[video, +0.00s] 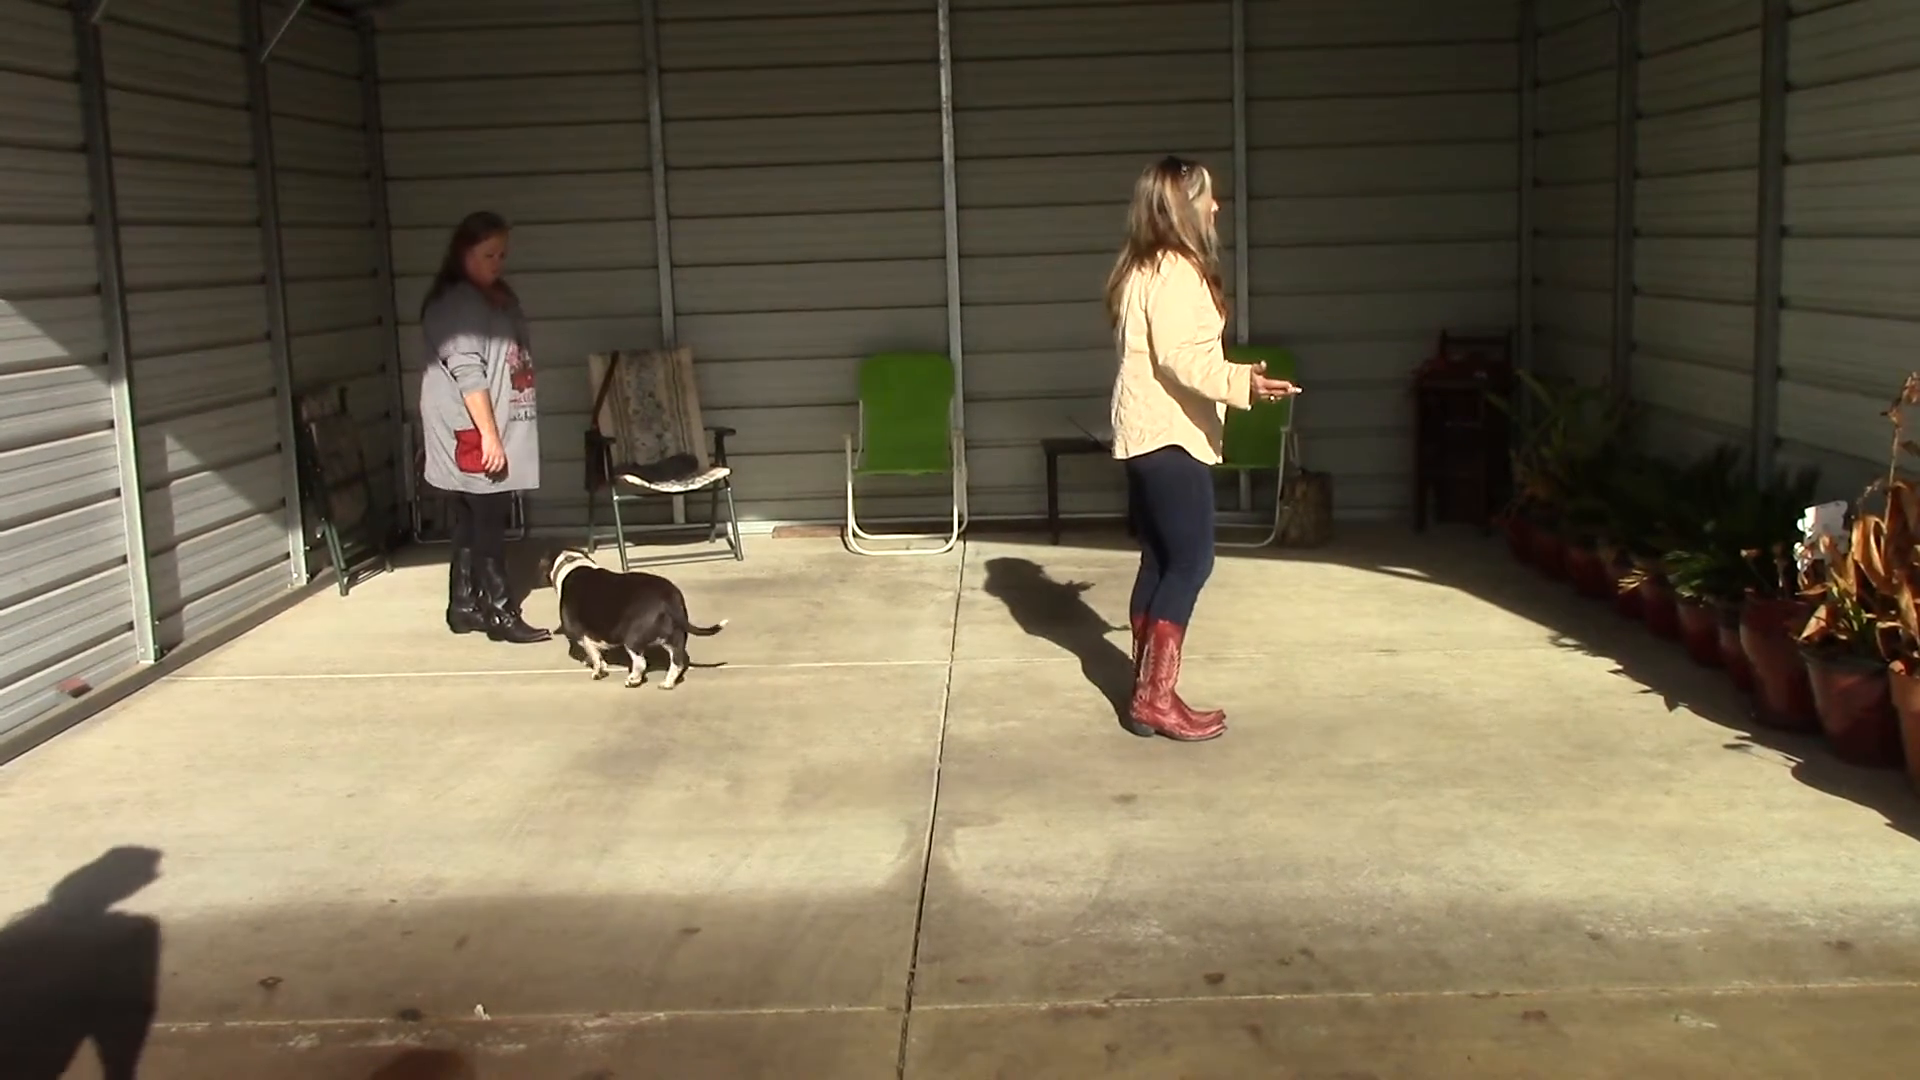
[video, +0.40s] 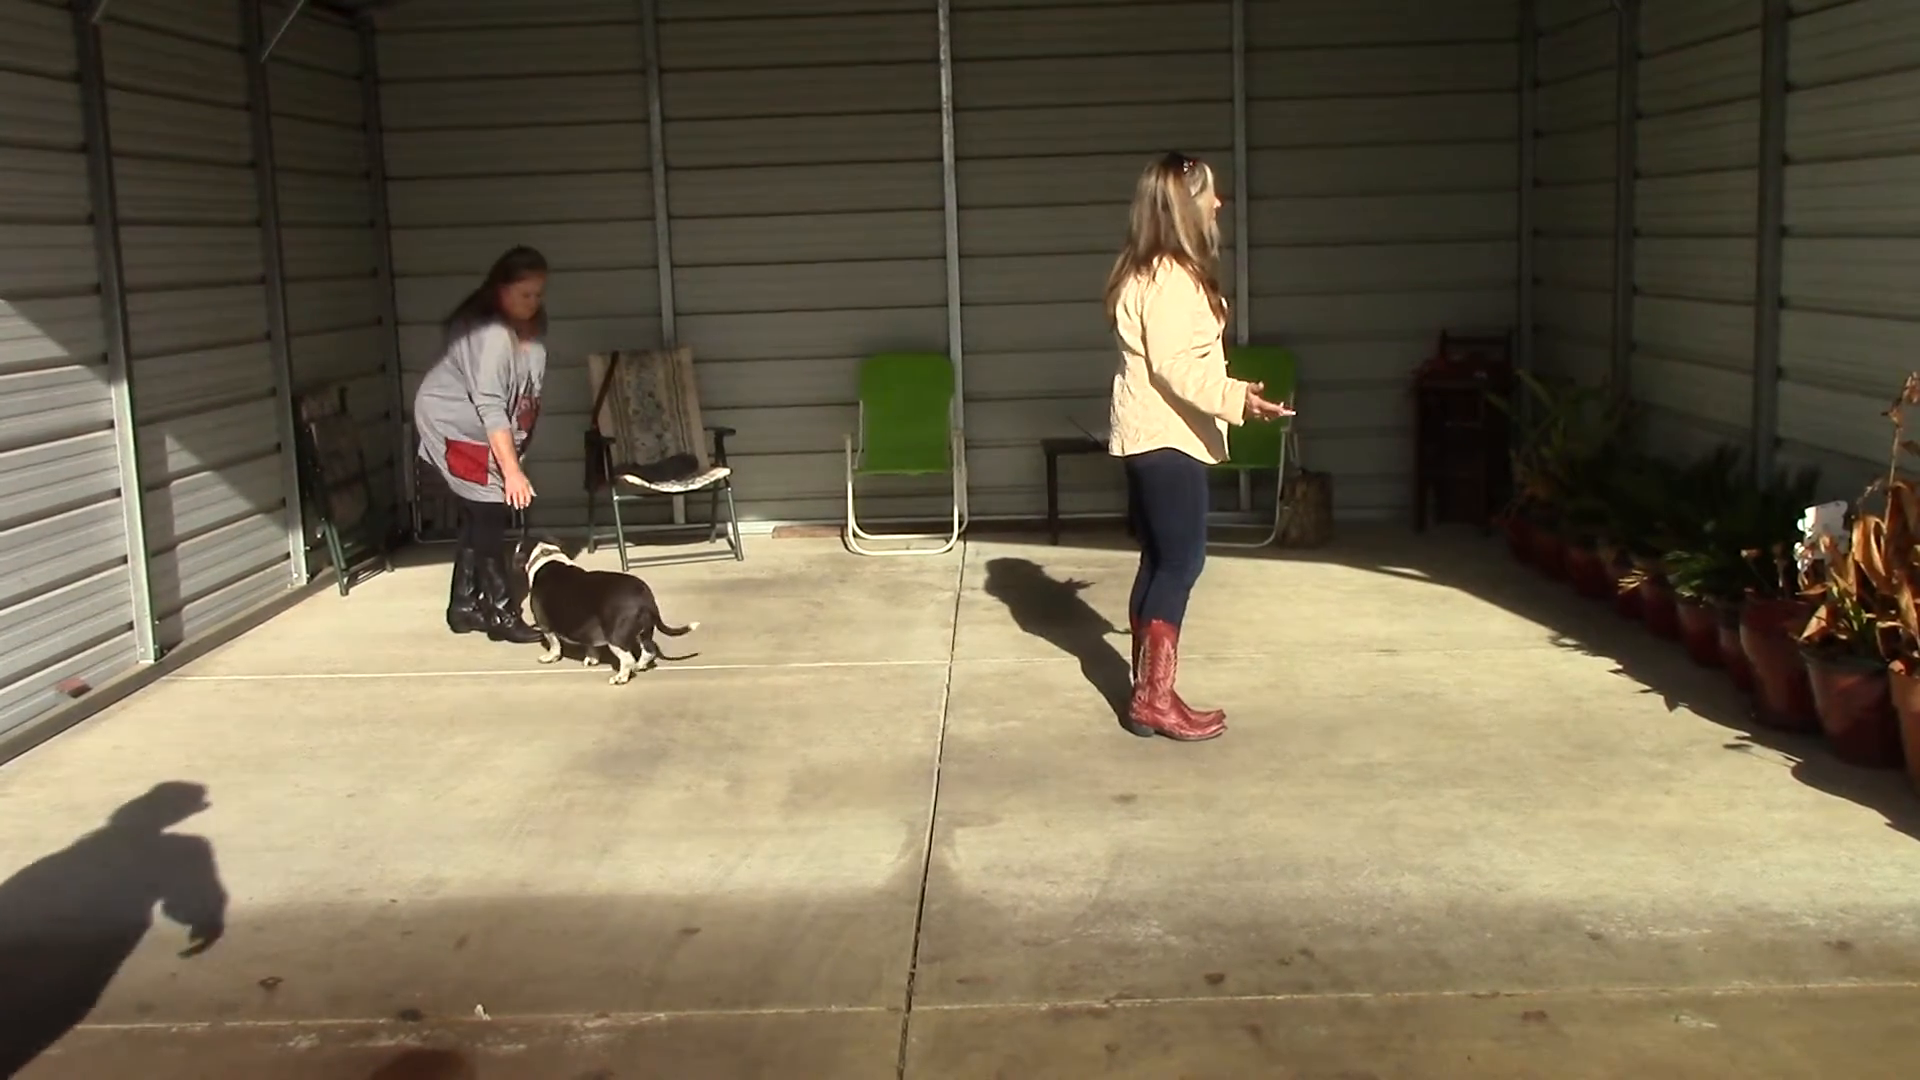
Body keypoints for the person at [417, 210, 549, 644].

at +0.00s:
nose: (497, 265)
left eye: (501, 256)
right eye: (489, 256)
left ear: (503, 256)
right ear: (465, 255)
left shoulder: (497, 300)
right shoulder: (455, 305)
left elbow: (502, 367)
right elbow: (468, 377)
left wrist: (509, 429)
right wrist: (489, 435)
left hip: (485, 429)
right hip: (469, 432)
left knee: (471, 515)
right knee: (489, 517)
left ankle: (464, 604)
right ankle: (497, 610)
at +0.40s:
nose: (534, 303)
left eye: (539, 295)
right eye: (526, 294)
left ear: (543, 293)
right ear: (501, 292)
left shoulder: (528, 330)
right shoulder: (489, 333)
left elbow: (524, 398)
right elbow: (490, 407)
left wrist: (512, 452)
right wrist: (512, 470)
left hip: (479, 422)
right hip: (447, 421)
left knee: (480, 509)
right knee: (490, 509)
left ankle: (464, 603)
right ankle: (499, 610)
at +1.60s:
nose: (569, 353)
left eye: (575, 346)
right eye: (563, 345)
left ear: (580, 339)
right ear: (542, 333)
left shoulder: (537, 359)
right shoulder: (519, 371)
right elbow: (510, 445)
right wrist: (519, 510)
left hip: (461, 417)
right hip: (444, 419)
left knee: (482, 507)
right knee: (494, 508)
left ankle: (464, 605)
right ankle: (500, 611)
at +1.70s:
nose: (570, 354)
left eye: (576, 347)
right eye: (564, 345)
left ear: (582, 339)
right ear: (543, 333)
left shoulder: (533, 356)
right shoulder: (524, 373)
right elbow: (510, 446)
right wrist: (518, 510)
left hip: (454, 414)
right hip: (444, 419)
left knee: (480, 507)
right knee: (494, 508)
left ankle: (464, 605)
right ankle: (500, 610)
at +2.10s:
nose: (577, 346)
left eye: (582, 339)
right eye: (571, 338)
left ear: (585, 333)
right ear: (549, 328)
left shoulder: (532, 348)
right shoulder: (529, 368)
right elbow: (510, 440)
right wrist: (516, 505)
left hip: (452, 411)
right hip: (446, 416)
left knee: (480, 508)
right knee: (494, 508)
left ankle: (464, 604)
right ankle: (503, 611)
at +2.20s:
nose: (578, 343)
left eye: (583, 336)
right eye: (572, 335)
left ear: (586, 330)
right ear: (550, 324)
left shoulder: (531, 346)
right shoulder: (529, 365)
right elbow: (512, 439)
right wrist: (517, 504)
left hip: (451, 411)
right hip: (448, 417)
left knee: (480, 509)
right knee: (496, 510)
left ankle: (465, 605)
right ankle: (503, 612)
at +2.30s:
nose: (577, 341)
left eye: (582, 334)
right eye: (571, 332)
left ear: (587, 329)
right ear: (549, 322)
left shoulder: (528, 342)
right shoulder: (532, 363)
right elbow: (511, 435)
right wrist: (516, 501)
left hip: (447, 409)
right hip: (450, 417)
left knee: (479, 510)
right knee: (495, 510)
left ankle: (465, 604)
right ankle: (503, 611)